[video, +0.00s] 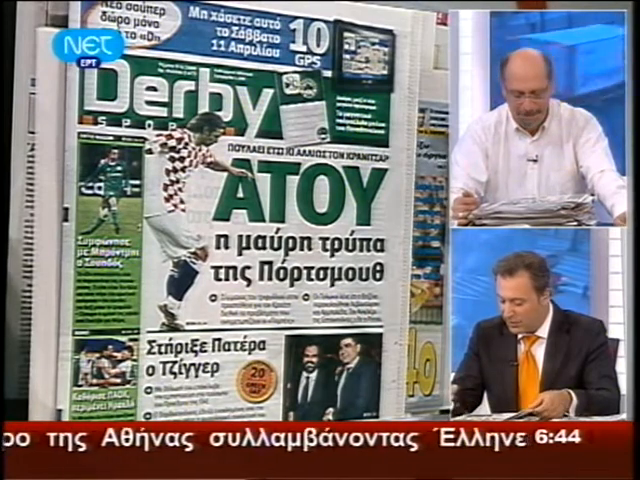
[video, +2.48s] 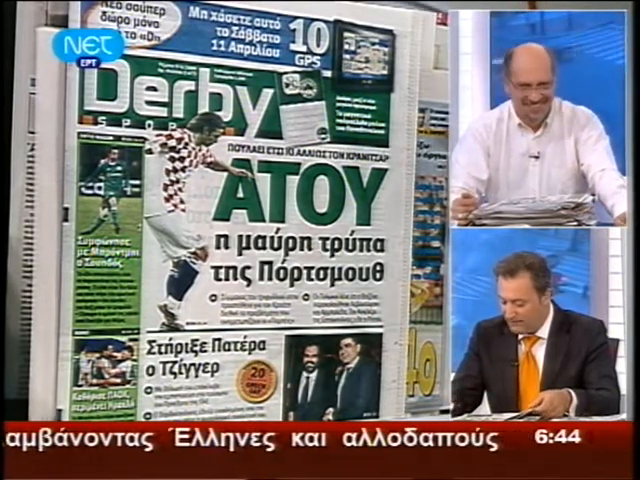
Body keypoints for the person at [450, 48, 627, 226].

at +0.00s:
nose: (527, 106)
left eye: (536, 95)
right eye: (517, 96)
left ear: (551, 87)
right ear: (504, 89)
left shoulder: (580, 124)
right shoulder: (482, 131)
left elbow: (603, 174)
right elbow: (462, 188)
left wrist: (624, 212)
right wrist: (462, 208)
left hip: (567, 244)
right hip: (499, 244)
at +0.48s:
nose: (526, 104)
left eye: (536, 94)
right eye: (517, 95)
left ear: (550, 87)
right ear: (504, 89)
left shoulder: (579, 123)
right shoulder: (482, 130)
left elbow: (603, 174)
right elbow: (463, 186)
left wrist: (624, 211)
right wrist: (462, 208)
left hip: (567, 245)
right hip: (500, 245)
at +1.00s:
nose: (528, 105)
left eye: (537, 94)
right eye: (518, 95)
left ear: (551, 87)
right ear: (504, 90)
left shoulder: (580, 124)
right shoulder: (482, 130)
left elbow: (603, 174)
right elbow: (462, 188)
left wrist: (624, 212)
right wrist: (462, 208)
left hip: (567, 245)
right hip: (499, 244)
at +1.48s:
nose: (550, 96)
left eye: (554, 84)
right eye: (537, 88)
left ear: (560, 81)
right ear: (512, 90)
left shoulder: (581, 123)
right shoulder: (484, 130)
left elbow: (604, 173)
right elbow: (463, 186)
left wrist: (624, 209)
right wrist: (463, 207)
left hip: (568, 245)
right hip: (500, 245)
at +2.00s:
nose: (547, 97)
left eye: (552, 85)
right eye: (534, 88)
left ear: (558, 81)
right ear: (510, 89)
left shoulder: (581, 123)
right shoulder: (484, 130)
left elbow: (604, 173)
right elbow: (464, 187)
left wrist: (624, 210)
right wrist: (463, 208)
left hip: (569, 244)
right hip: (501, 245)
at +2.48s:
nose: (534, 97)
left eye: (543, 86)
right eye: (524, 87)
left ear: (555, 81)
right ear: (507, 85)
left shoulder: (582, 122)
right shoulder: (484, 130)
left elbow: (605, 173)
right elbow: (463, 188)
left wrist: (625, 211)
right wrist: (462, 207)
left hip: (569, 244)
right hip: (501, 244)